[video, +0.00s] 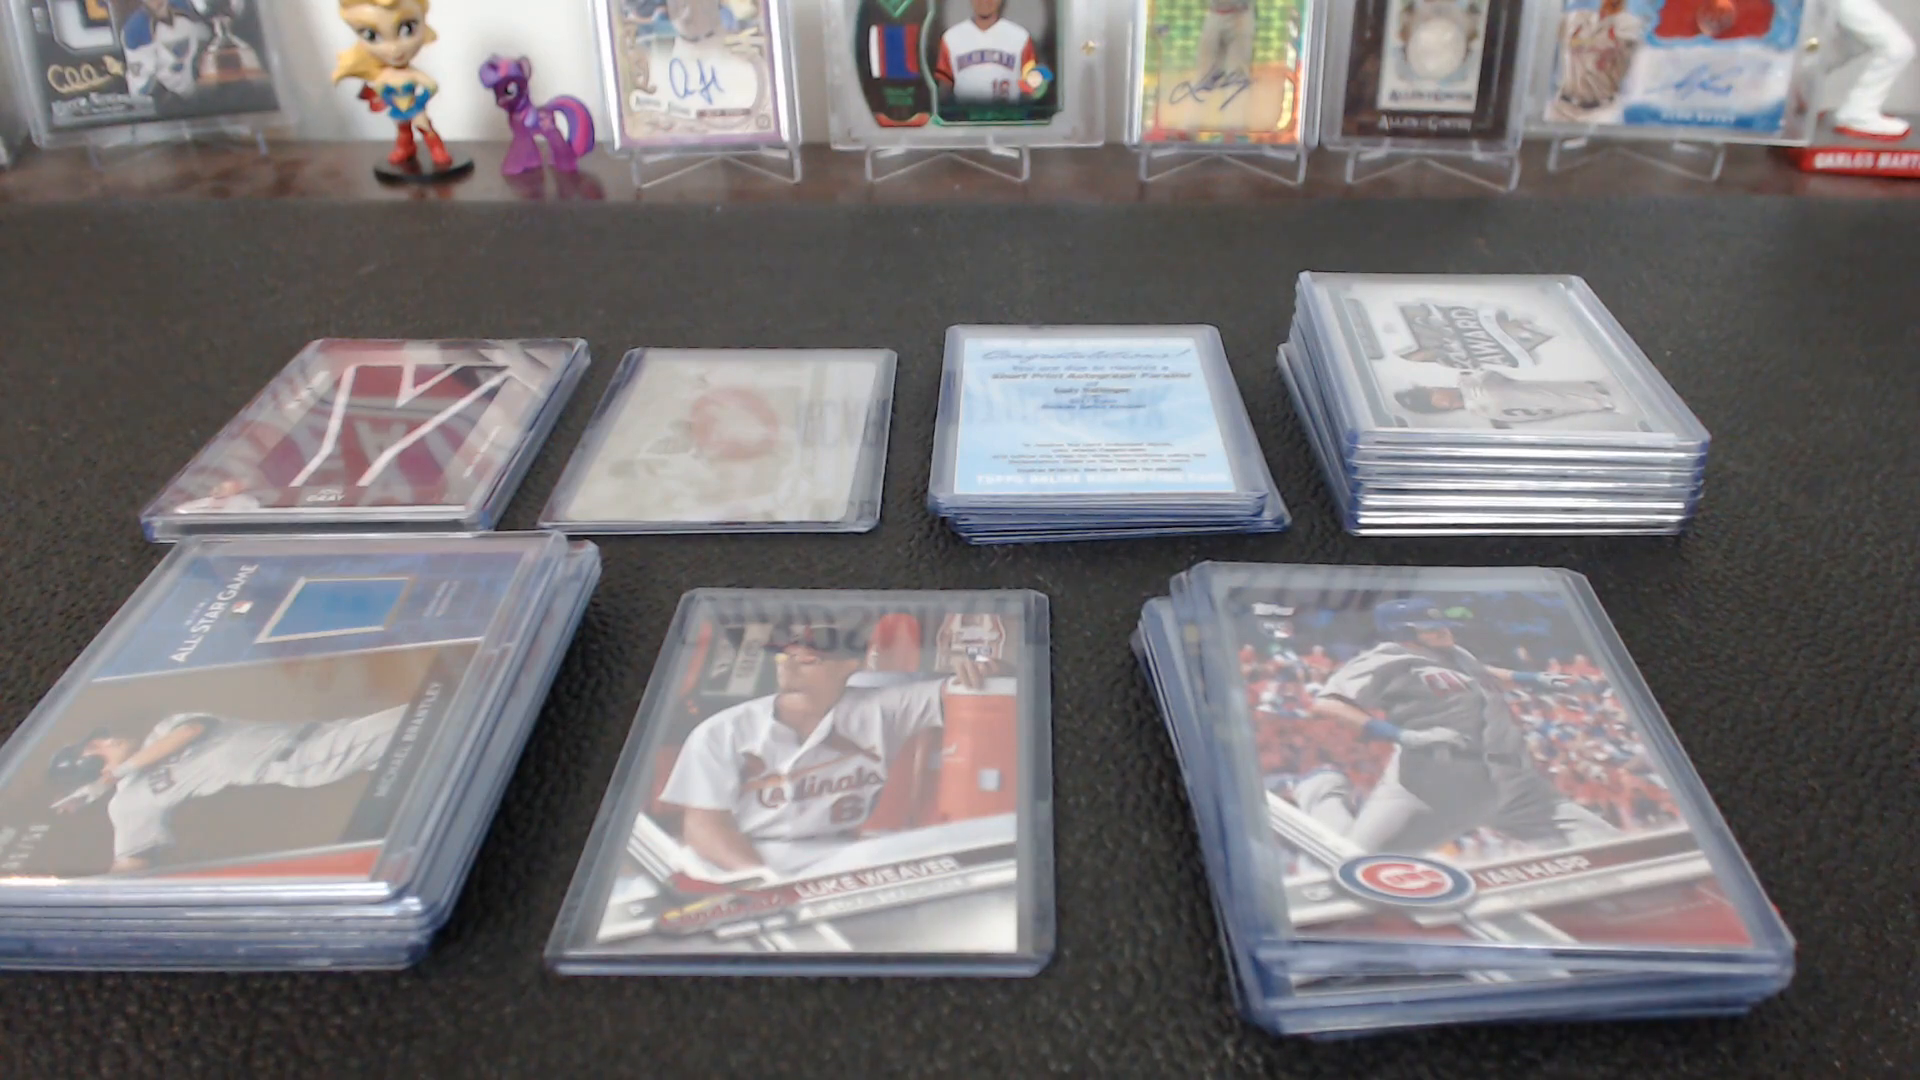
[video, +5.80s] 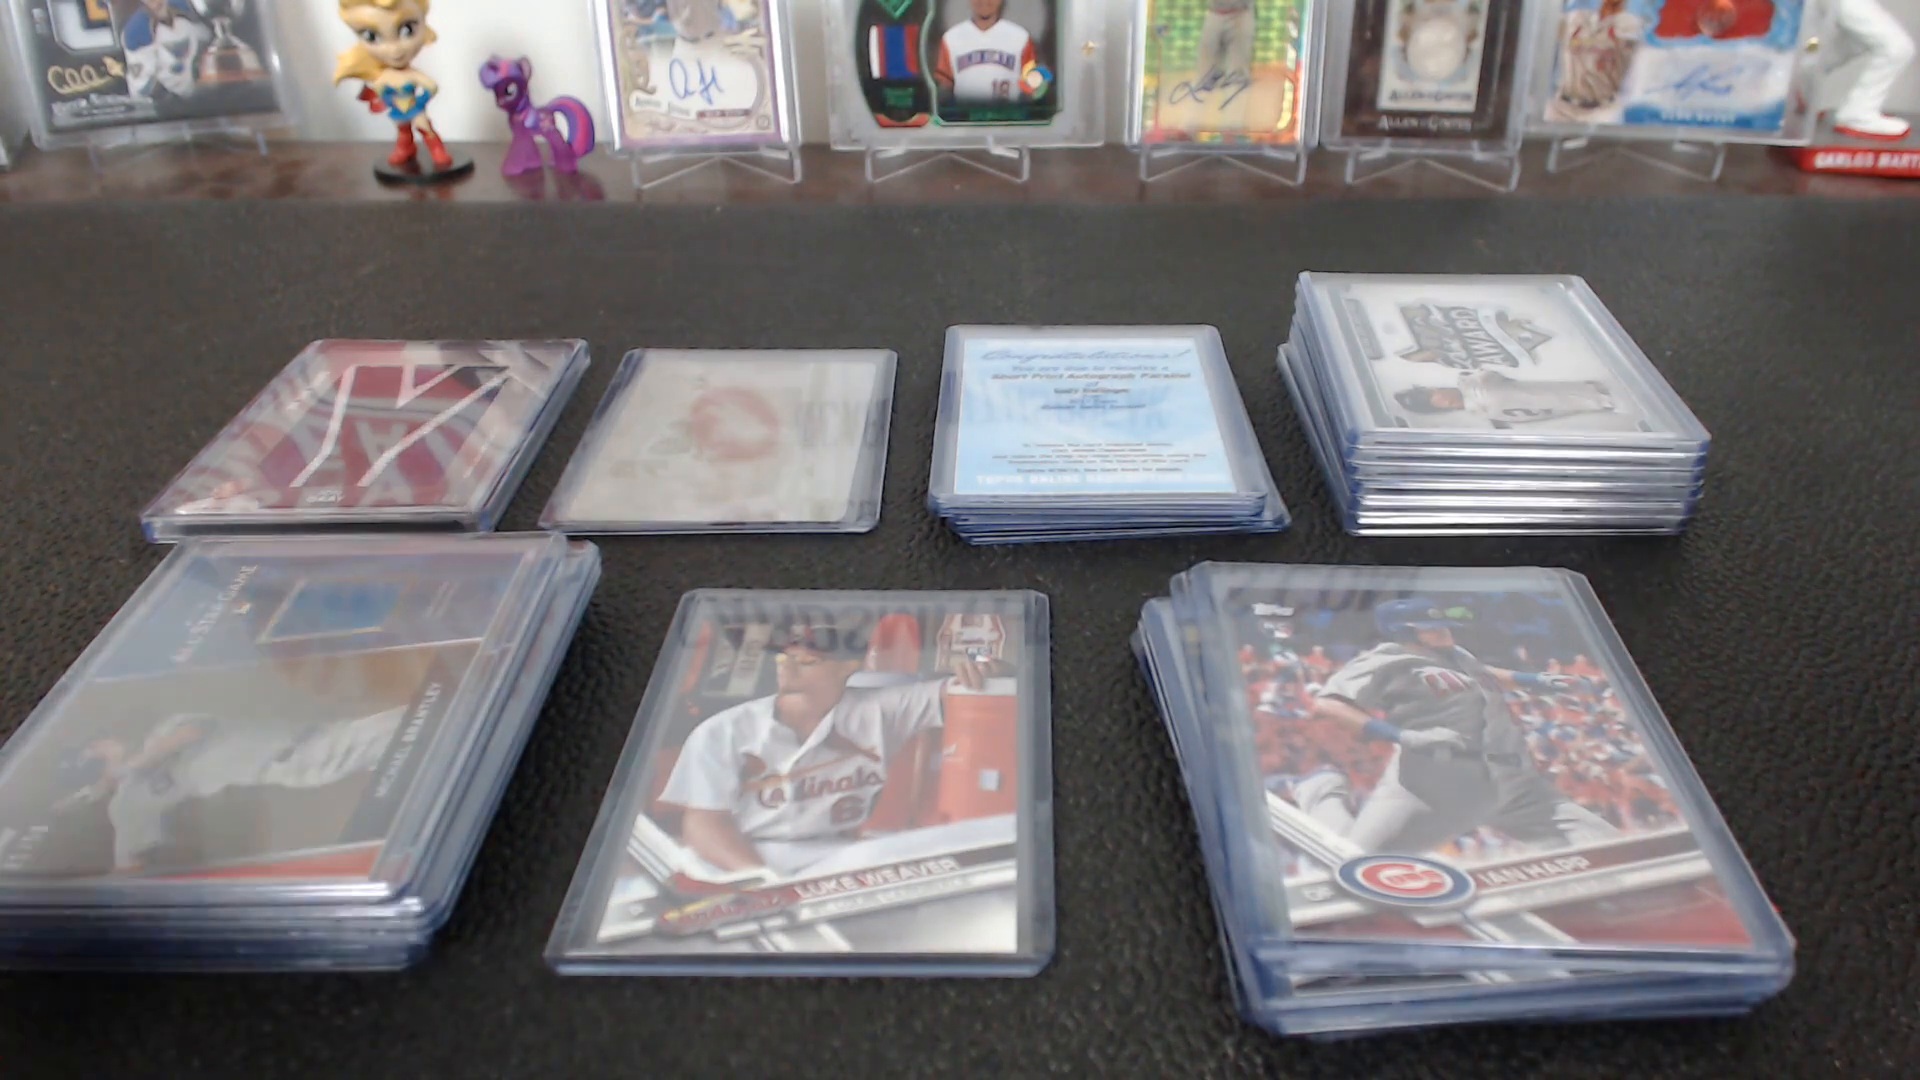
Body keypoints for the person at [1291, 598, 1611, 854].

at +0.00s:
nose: (1446, 631)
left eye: (1446, 622)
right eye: (1434, 623)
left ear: (1450, 623)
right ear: (1405, 628)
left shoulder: (1458, 656)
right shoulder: (1388, 659)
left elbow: (1488, 676)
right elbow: (1328, 704)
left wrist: (1538, 682)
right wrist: (1404, 736)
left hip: (1508, 788)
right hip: (1427, 796)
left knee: (1609, 846)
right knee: (1352, 868)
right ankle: (1321, 792)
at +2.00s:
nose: (1447, 630)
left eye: (1446, 622)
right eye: (1435, 623)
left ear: (1447, 626)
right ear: (1406, 629)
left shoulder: (1459, 656)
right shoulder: (1387, 659)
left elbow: (1490, 676)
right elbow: (1328, 704)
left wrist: (1539, 682)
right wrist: (1405, 736)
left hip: (1511, 789)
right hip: (1429, 797)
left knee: (1614, 850)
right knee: (1353, 869)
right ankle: (1321, 792)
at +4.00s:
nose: (1445, 631)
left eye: (1444, 622)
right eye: (1433, 623)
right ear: (1406, 630)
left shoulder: (1458, 656)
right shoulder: (1386, 660)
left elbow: (1490, 677)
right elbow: (1328, 704)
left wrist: (1541, 682)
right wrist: (1404, 736)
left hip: (1508, 787)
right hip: (1428, 795)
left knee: (1609, 847)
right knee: (1352, 869)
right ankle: (1321, 792)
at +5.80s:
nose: (1446, 629)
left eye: (1447, 620)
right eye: (1434, 620)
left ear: (1449, 623)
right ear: (1406, 625)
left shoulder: (1459, 657)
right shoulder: (1386, 660)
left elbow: (1490, 677)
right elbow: (1328, 705)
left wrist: (1538, 682)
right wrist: (1403, 736)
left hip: (1512, 789)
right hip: (1430, 796)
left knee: (1611, 849)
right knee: (1354, 866)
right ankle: (1321, 793)